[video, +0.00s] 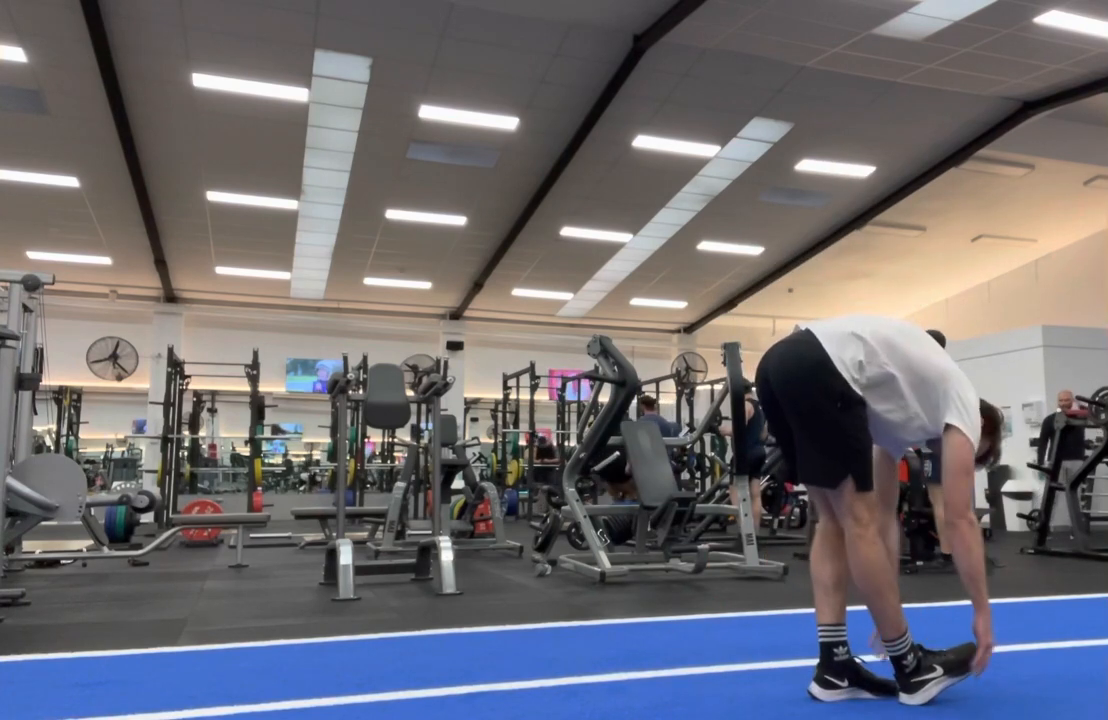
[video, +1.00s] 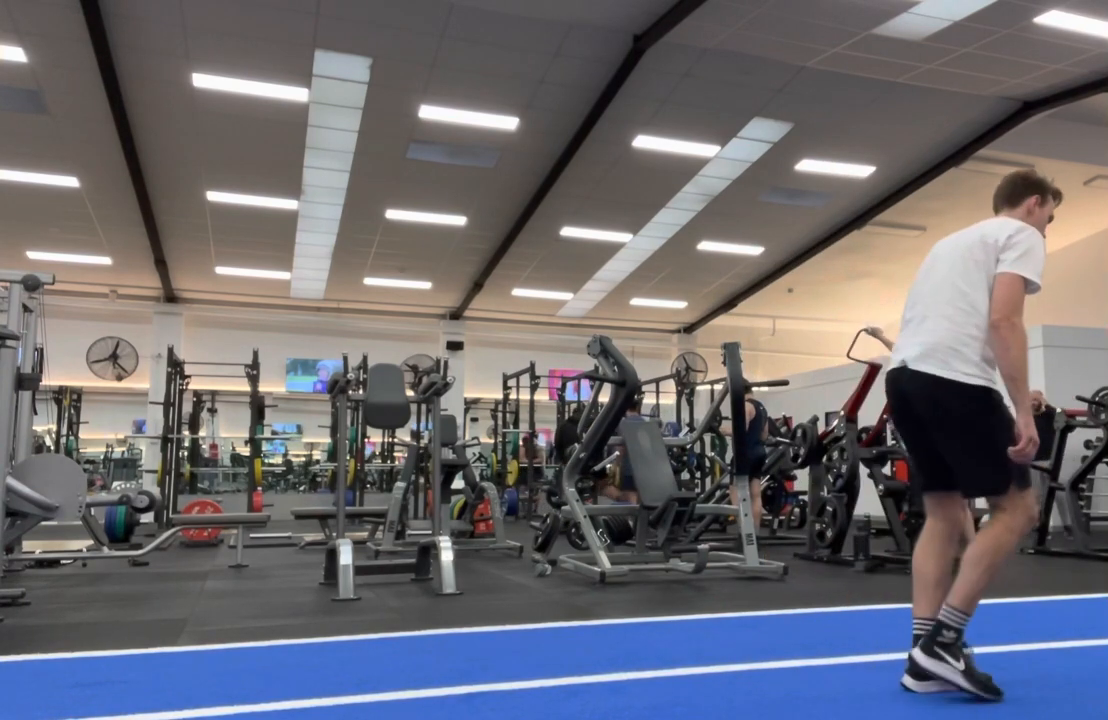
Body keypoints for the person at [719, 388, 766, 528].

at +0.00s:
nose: (731, 394)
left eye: (732, 390)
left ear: (737, 391)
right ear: (749, 388)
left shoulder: (745, 405)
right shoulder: (758, 406)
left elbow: (736, 429)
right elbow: (764, 434)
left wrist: (719, 429)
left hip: (744, 453)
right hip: (758, 451)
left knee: (735, 491)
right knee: (755, 495)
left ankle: (743, 530)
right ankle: (755, 532)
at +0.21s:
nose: (732, 395)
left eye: (733, 391)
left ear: (737, 391)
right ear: (749, 388)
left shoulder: (745, 405)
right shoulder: (760, 406)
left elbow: (738, 429)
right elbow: (764, 434)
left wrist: (721, 429)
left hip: (744, 454)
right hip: (758, 452)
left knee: (734, 489)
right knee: (756, 494)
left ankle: (742, 528)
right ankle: (755, 532)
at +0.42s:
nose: (731, 395)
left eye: (732, 390)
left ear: (736, 391)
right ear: (749, 388)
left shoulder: (745, 406)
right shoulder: (760, 406)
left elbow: (738, 429)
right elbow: (764, 434)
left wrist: (719, 428)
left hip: (744, 454)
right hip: (759, 453)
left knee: (734, 490)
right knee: (756, 495)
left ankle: (742, 530)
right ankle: (755, 533)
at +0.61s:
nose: (732, 394)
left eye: (733, 391)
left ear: (738, 391)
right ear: (749, 389)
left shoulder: (746, 406)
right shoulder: (760, 406)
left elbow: (738, 430)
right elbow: (764, 434)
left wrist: (722, 429)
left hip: (744, 454)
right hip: (759, 453)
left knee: (735, 490)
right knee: (756, 495)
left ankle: (743, 529)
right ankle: (755, 532)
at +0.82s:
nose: (731, 394)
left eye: (732, 391)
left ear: (738, 391)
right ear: (749, 388)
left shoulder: (746, 406)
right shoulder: (760, 406)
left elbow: (740, 430)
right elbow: (764, 434)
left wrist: (719, 429)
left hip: (744, 454)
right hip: (758, 453)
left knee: (734, 489)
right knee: (756, 495)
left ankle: (743, 530)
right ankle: (755, 532)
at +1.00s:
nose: (731, 393)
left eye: (732, 390)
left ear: (737, 391)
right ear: (749, 388)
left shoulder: (746, 406)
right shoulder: (760, 406)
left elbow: (741, 430)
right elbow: (764, 434)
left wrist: (721, 430)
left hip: (745, 454)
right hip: (759, 453)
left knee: (735, 489)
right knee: (756, 495)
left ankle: (743, 530)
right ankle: (755, 533)